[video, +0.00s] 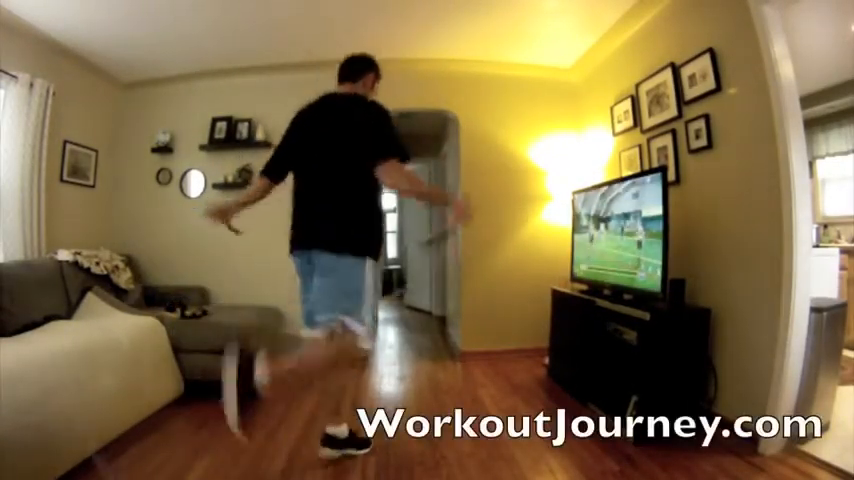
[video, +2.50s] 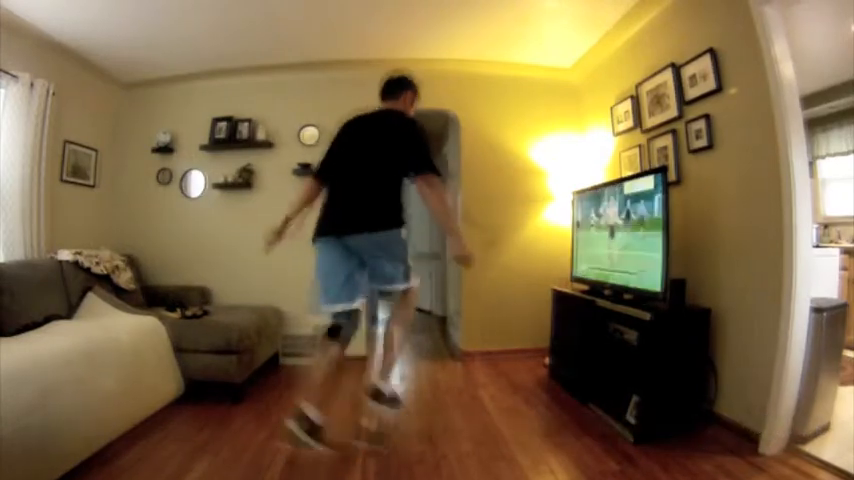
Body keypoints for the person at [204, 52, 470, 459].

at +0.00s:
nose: (376, 91)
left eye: (376, 86)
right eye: (376, 85)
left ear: (339, 78)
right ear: (368, 81)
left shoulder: (309, 114)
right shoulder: (370, 114)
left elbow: (268, 180)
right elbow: (391, 175)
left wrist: (232, 207)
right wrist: (447, 199)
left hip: (306, 238)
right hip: (348, 240)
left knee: (339, 341)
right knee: (343, 342)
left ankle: (338, 430)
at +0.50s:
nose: (381, 119)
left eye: (381, 113)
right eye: (382, 113)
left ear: (345, 109)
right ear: (375, 109)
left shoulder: (317, 144)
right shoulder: (377, 143)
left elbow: (288, 212)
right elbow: (413, 192)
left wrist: (280, 258)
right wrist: (463, 221)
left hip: (309, 263)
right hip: (353, 263)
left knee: (338, 354)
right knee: (373, 354)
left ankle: (349, 432)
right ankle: (334, 435)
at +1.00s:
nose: (411, 113)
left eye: (410, 106)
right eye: (411, 106)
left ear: (374, 103)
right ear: (402, 103)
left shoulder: (344, 137)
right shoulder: (407, 142)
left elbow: (303, 188)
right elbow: (420, 200)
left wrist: (261, 218)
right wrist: (482, 223)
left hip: (336, 258)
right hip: (385, 262)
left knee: (347, 344)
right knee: (382, 354)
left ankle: (307, 327)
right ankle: (375, 436)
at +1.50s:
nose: (411, 115)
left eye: (412, 109)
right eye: (411, 108)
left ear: (375, 102)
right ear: (401, 103)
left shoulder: (345, 135)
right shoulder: (406, 141)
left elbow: (309, 192)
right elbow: (437, 205)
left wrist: (284, 239)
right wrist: (471, 250)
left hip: (328, 246)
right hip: (373, 250)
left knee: (365, 322)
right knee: (373, 337)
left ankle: (371, 383)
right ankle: (374, 434)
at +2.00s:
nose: (395, 121)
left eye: (395, 115)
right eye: (396, 115)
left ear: (362, 111)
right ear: (389, 110)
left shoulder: (333, 143)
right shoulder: (387, 141)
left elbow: (299, 194)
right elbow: (405, 184)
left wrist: (272, 224)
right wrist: (467, 195)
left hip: (324, 255)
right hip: (363, 257)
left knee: (350, 344)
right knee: (372, 346)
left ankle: (345, 428)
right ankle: (301, 392)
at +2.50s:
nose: (413, 109)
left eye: (412, 104)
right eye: (414, 103)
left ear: (382, 97)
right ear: (408, 99)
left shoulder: (351, 126)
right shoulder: (407, 130)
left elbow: (319, 179)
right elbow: (427, 183)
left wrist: (288, 218)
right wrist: (455, 237)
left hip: (333, 226)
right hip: (379, 225)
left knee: (343, 318)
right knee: (404, 292)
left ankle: (311, 409)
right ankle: (381, 379)